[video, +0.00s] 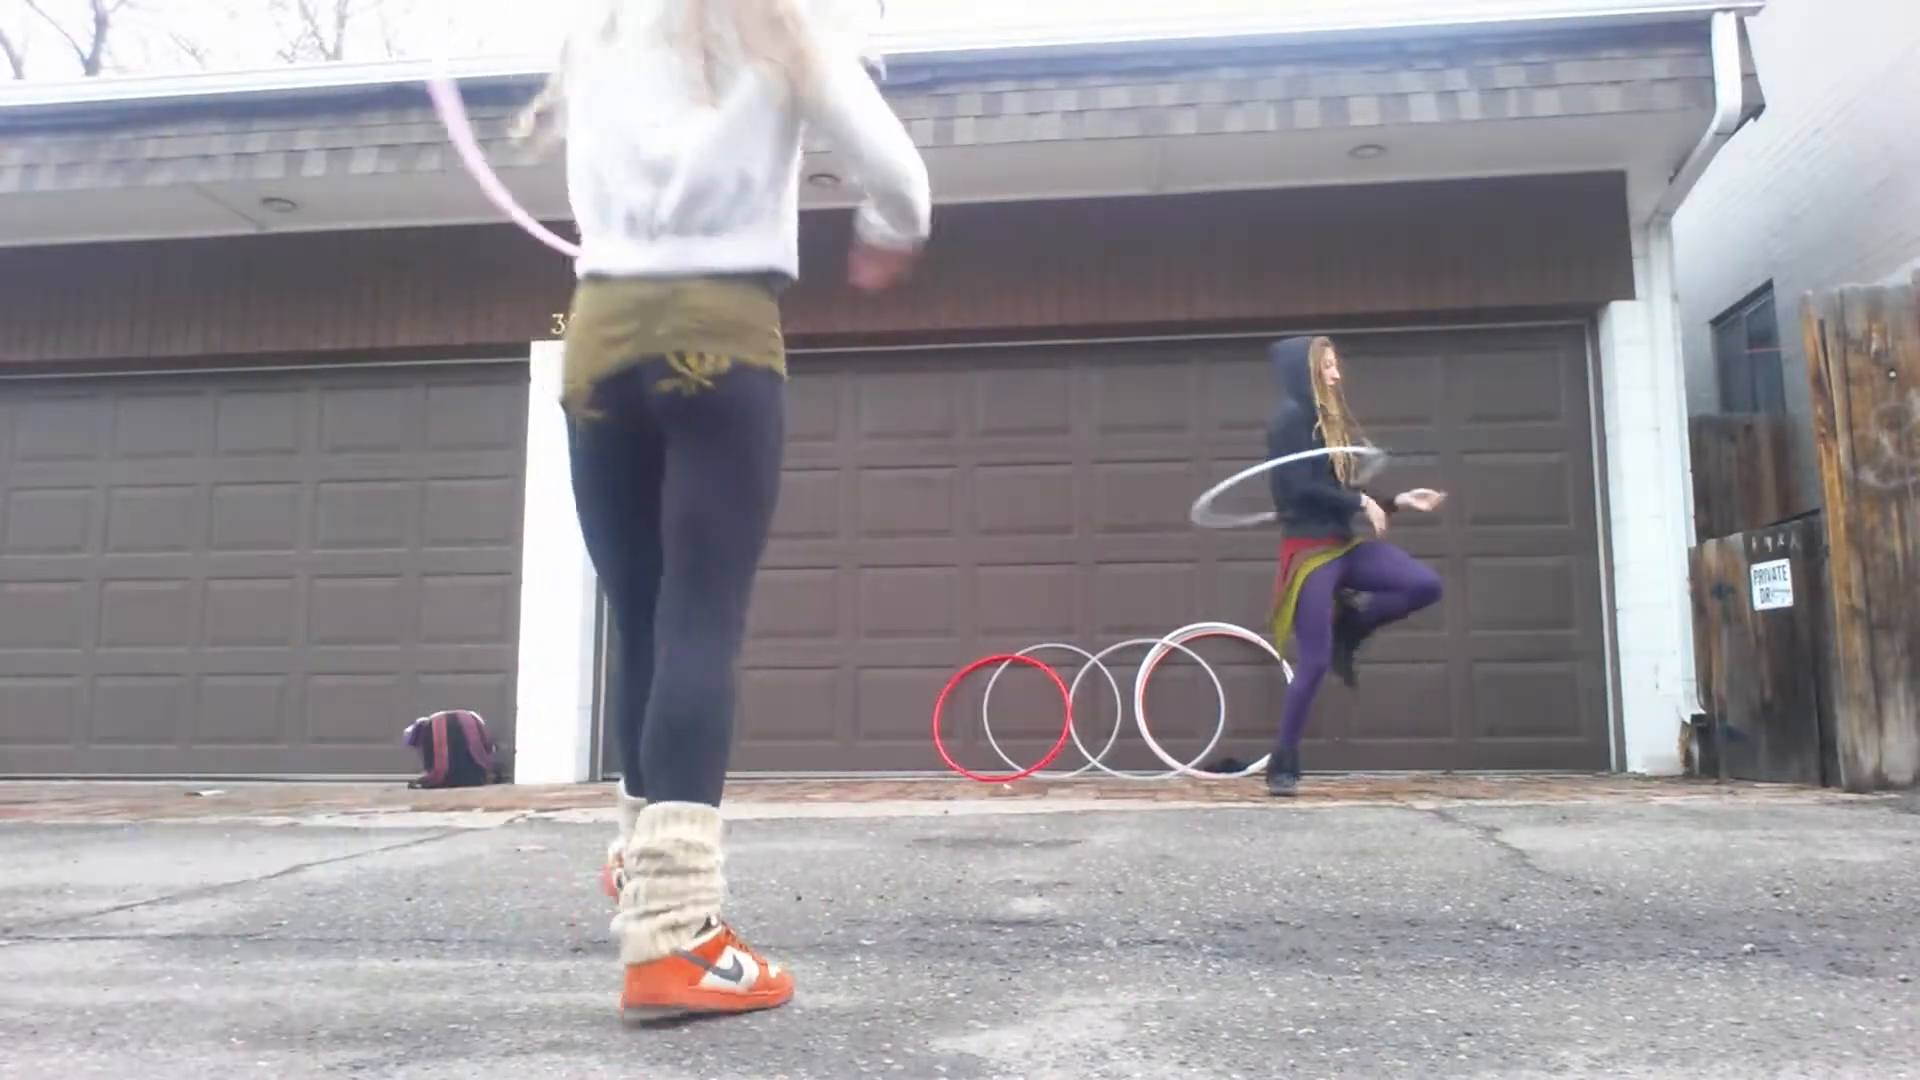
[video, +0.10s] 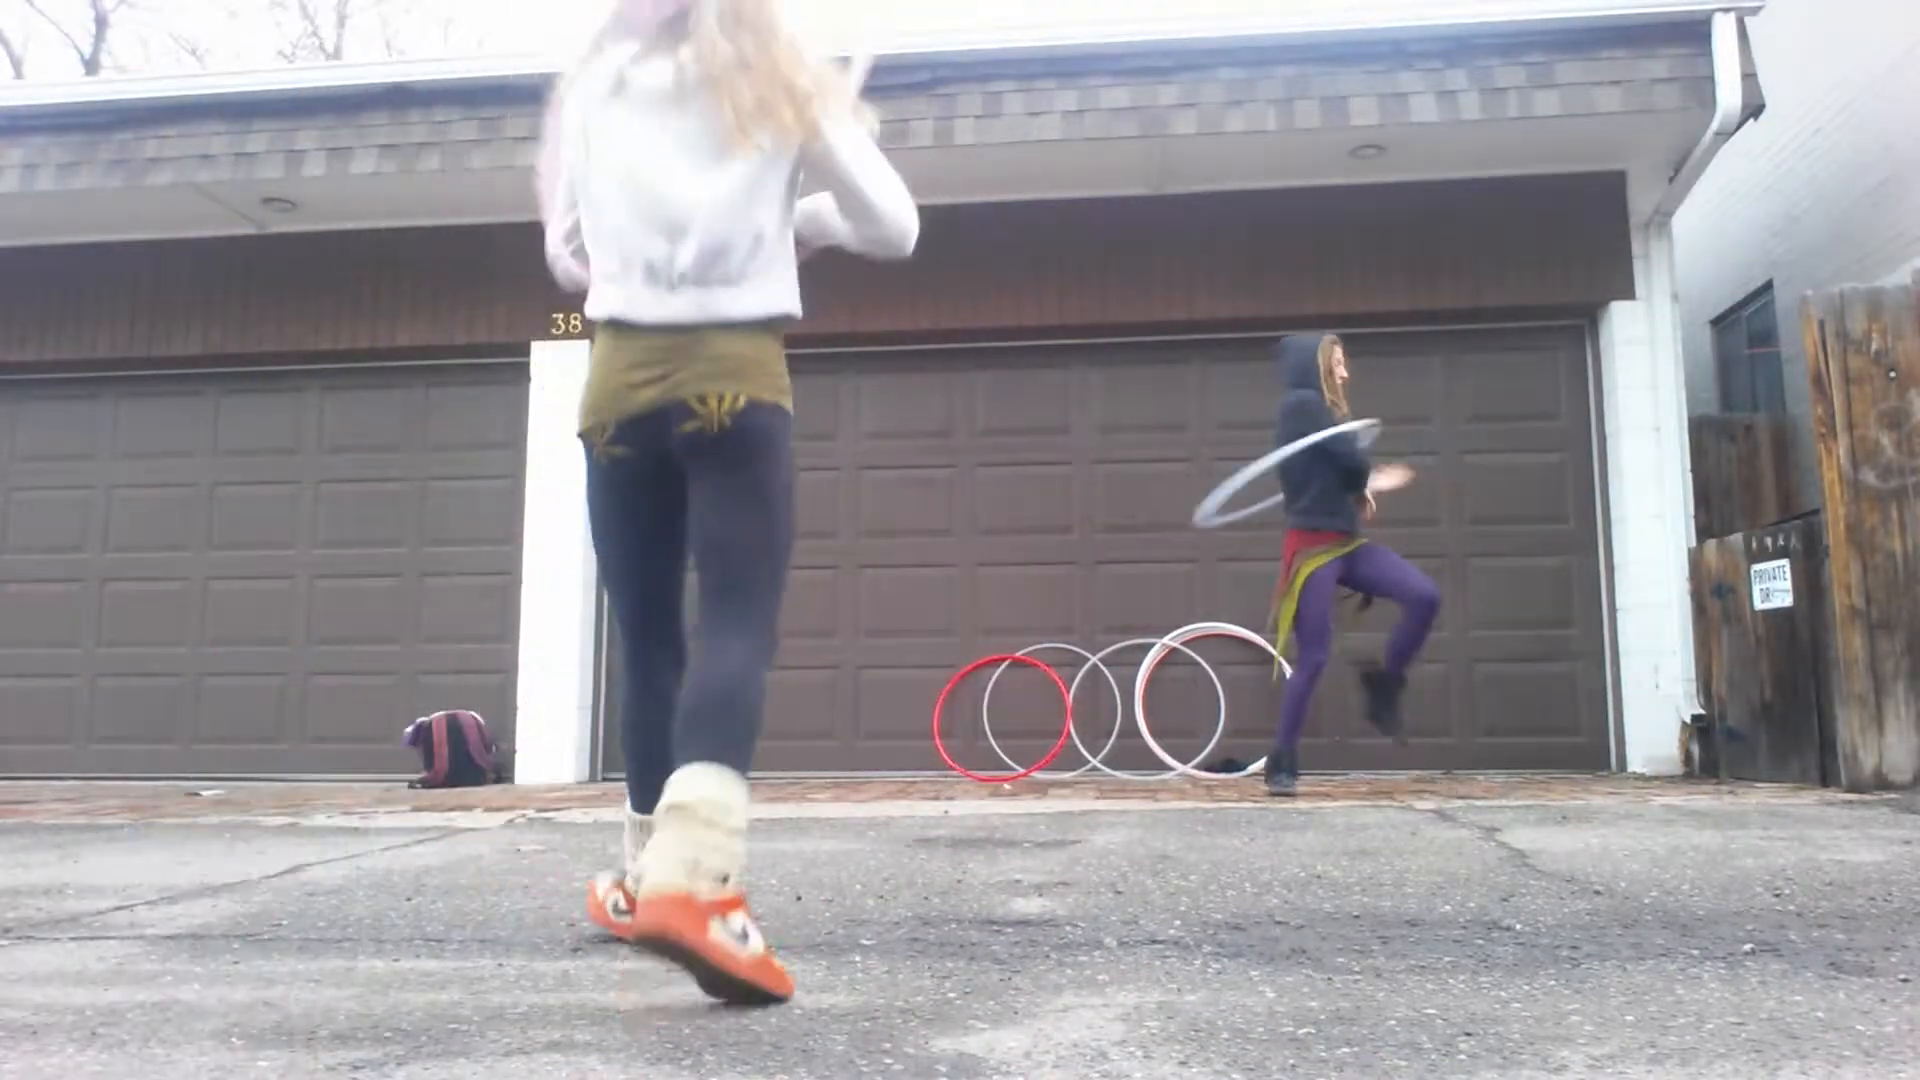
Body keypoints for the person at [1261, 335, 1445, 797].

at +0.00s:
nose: (1335, 372)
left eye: (1335, 365)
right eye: (1326, 366)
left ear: (1333, 369)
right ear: (1305, 371)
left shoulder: (1331, 420)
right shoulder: (1292, 420)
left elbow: (1340, 492)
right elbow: (1299, 488)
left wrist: (1397, 502)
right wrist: (1357, 505)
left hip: (1348, 545)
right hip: (1311, 551)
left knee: (1424, 586)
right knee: (1314, 662)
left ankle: (1349, 624)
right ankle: (1283, 763)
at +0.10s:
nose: (1343, 370)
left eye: (1342, 362)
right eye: (1336, 362)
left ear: (1322, 367)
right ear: (1314, 366)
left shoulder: (1325, 411)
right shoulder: (1305, 406)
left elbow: (1318, 480)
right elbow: (1352, 463)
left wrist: (1356, 496)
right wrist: (1381, 477)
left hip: (1348, 543)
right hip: (1312, 548)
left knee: (1423, 597)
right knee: (1312, 656)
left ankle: (1387, 682)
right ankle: (1282, 761)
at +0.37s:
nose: (1371, 379)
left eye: (1376, 372)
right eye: (1362, 371)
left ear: (1385, 378)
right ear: (1343, 374)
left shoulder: (1387, 430)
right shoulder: (1319, 422)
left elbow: (1393, 494)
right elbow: (1335, 426)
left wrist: (1443, 479)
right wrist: (1391, 419)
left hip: (1393, 554)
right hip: (1341, 555)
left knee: (1426, 655)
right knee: (1321, 660)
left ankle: (1445, 768)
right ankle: (1285, 765)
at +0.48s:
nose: (1382, 383)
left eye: (1388, 376)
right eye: (1372, 375)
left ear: (1397, 381)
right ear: (1355, 380)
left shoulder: (1415, 428)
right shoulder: (1336, 419)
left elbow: (1439, 486)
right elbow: (1290, 442)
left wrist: (1417, 490)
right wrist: (1331, 427)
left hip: (1405, 558)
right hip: (1348, 557)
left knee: (1435, 659)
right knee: (1327, 663)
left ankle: (1445, 770)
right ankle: (1287, 766)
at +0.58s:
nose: (1386, 387)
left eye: (1393, 378)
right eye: (1377, 378)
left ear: (1406, 384)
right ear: (1360, 383)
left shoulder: (1425, 431)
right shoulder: (1340, 426)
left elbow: (1419, 483)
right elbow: (1302, 461)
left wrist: (1360, 497)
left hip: (1413, 561)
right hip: (1354, 559)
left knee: (1439, 664)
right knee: (1328, 665)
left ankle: (1445, 768)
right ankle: (1291, 763)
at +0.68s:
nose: (1385, 388)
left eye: (1393, 380)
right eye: (1377, 380)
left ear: (1404, 386)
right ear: (1362, 385)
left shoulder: (1420, 430)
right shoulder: (1339, 431)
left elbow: (1409, 476)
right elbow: (1320, 489)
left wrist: (1349, 498)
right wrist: (1311, 536)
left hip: (1410, 564)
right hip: (1353, 563)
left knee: (1440, 667)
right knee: (1328, 665)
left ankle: (1448, 772)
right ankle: (1295, 769)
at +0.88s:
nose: (1361, 384)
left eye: (1369, 375)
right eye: (1353, 376)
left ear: (1381, 383)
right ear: (1339, 383)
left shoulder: (1396, 435)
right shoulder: (1320, 437)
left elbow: (1411, 491)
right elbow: (1317, 472)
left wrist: (1407, 534)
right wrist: (1363, 465)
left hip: (1384, 559)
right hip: (1329, 560)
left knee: (1418, 657)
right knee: (1309, 662)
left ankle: (1445, 763)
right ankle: (1297, 764)